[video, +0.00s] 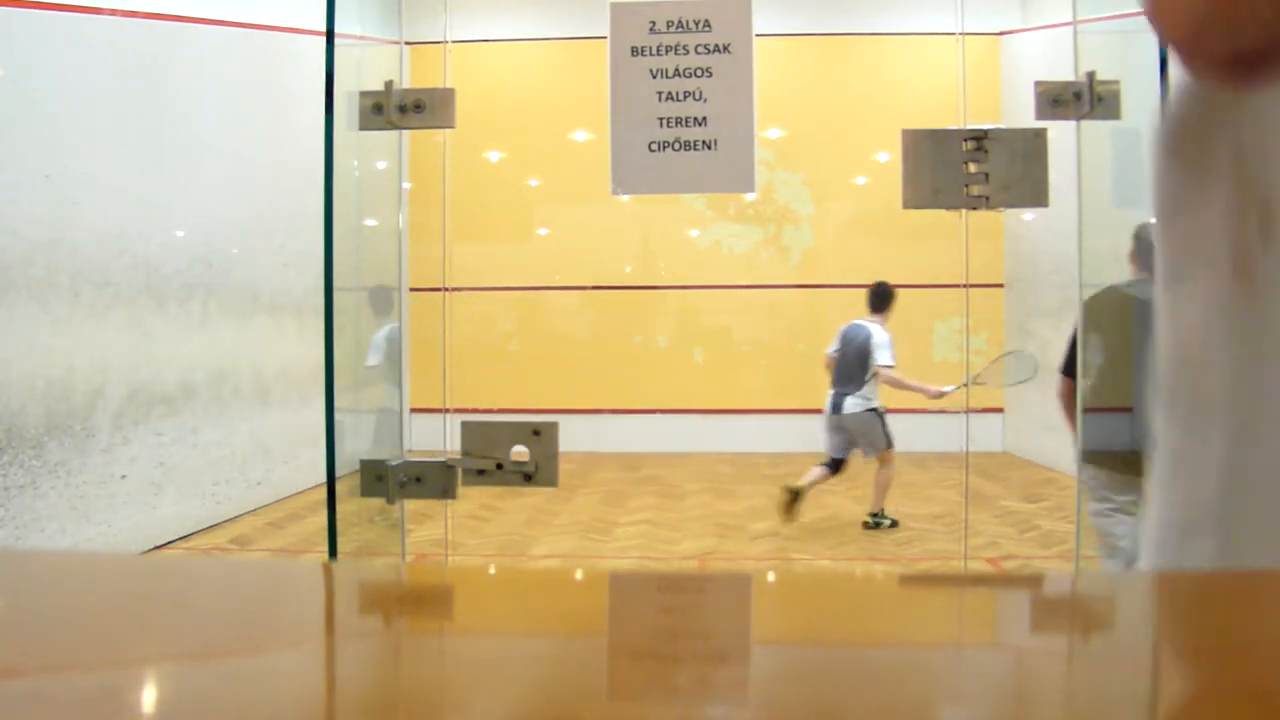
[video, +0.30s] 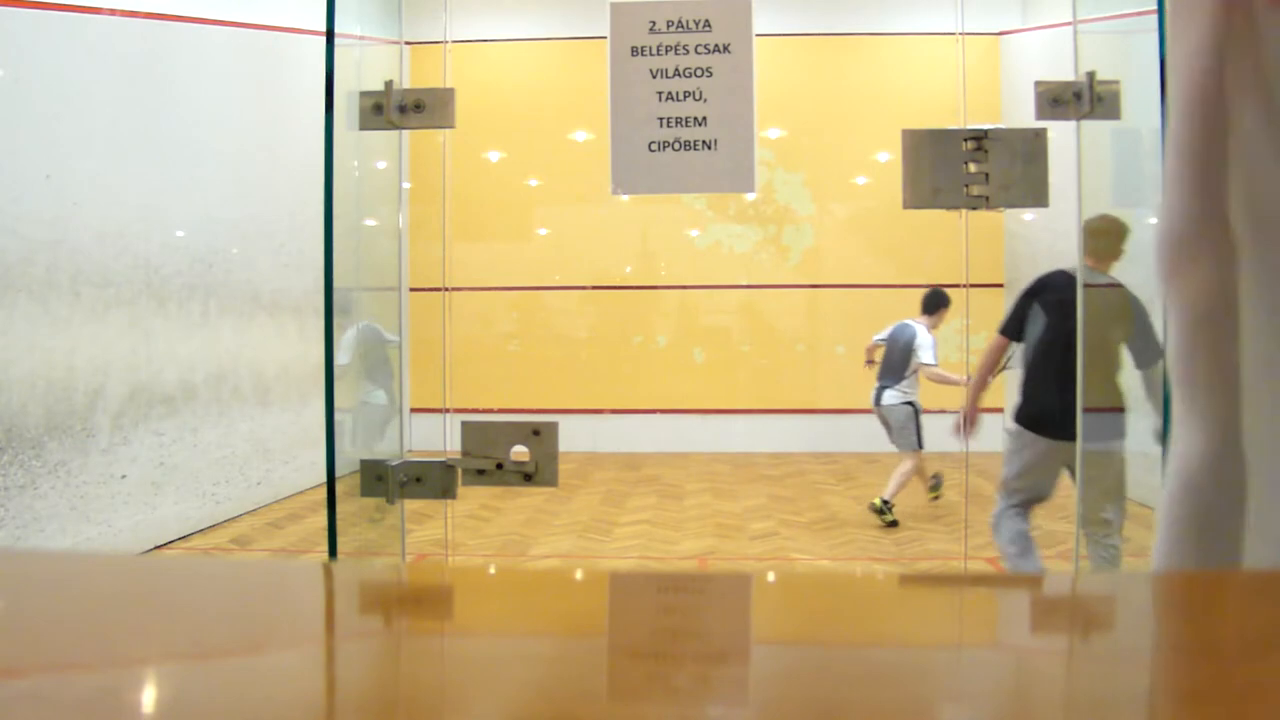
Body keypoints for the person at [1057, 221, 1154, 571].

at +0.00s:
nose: (1131, 257)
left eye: (1133, 252)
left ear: (1133, 257)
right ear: (1173, 259)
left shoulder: (1102, 306)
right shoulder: (1187, 305)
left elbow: (1067, 388)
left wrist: (1085, 440)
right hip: (1174, 452)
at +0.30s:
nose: (1110, 251)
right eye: (1117, 246)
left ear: (1082, 243)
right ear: (1118, 251)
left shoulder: (1047, 287)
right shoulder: (1125, 302)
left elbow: (999, 346)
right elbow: (1155, 373)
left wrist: (971, 402)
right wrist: (1168, 425)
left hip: (1041, 424)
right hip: (1099, 429)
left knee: (1012, 506)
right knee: (1104, 525)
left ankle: (1030, 583)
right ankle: (1105, 610)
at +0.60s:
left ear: (1009, 273)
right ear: (1043, 280)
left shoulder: (975, 311)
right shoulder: (1048, 324)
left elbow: (930, 360)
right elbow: (1064, 379)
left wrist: (901, 406)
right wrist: (1069, 414)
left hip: (973, 435)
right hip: (1025, 436)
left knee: (956, 498)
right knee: (1050, 511)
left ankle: (945, 570)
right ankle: (1066, 586)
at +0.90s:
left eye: (955, 275)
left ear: (953, 279)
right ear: (985, 286)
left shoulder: (925, 310)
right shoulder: (992, 322)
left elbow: (889, 353)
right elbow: (1016, 382)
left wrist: (871, 402)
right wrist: (1032, 427)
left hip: (925, 410)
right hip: (977, 414)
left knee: (901, 476)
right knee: (997, 483)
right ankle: (1012, 557)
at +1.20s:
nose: (1006, 340)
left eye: (1000, 333)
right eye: (1017, 338)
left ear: (991, 334)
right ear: (1020, 344)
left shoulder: (960, 354)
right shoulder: (1021, 381)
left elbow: (923, 375)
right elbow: (1070, 416)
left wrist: (900, 414)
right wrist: (1121, 439)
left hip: (919, 442)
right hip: (969, 452)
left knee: (875, 494)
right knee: (1009, 486)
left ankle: (841, 552)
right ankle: (1029, 552)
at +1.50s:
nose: (1076, 374)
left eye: (1070, 367)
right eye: (1077, 370)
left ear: (1046, 361)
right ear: (1072, 372)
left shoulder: (1012, 369)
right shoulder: (1063, 401)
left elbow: (955, 377)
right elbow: (1107, 450)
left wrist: (914, 412)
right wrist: (1142, 489)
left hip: (939, 430)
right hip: (983, 442)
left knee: (916, 496)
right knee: (1036, 476)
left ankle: (855, 540)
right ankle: (1034, 552)